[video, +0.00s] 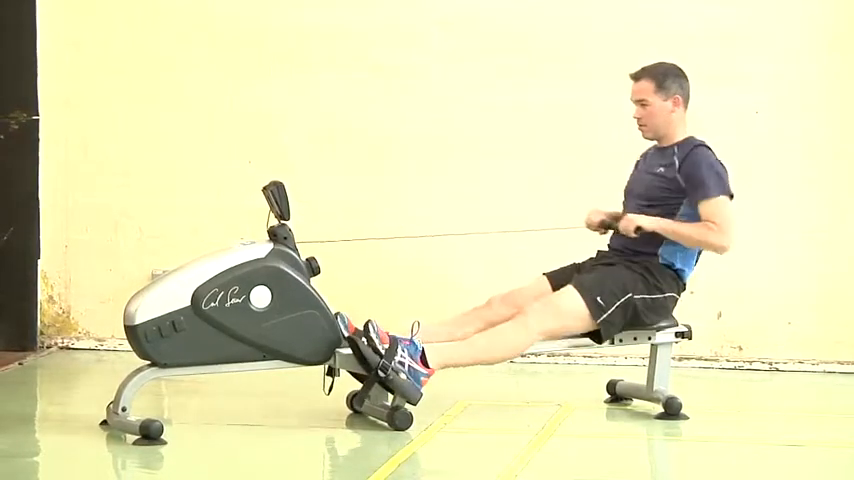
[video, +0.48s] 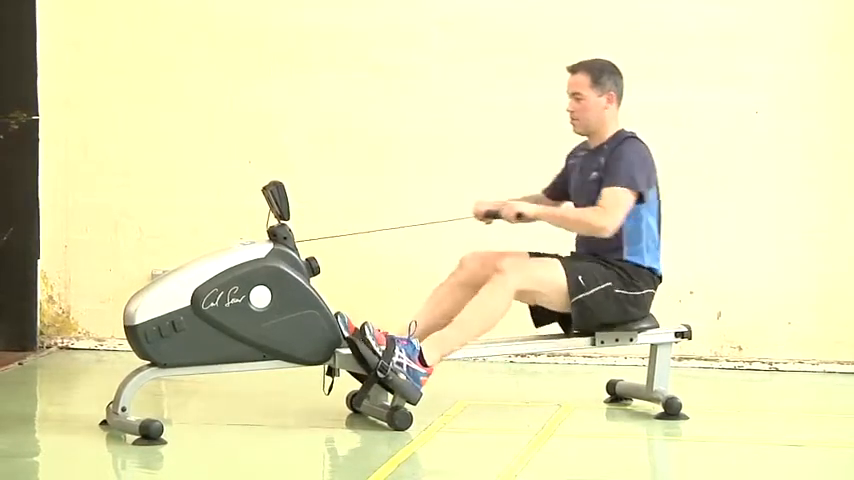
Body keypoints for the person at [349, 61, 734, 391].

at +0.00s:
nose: (635, 114)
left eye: (642, 104)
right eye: (634, 105)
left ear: (675, 103)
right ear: (665, 106)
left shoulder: (698, 157)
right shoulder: (651, 156)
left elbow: (721, 236)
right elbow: (649, 219)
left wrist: (650, 221)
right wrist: (612, 219)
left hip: (650, 275)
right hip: (617, 262)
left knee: (537, 319)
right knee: (505, 303)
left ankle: (422, 364)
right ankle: (401, 346)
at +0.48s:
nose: (569, 108)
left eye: (577, 98)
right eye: (569, 98)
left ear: (609, 100)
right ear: (604, 100)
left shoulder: (629, 151)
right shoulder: (580, 156)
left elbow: (605, 221)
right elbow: (549, 201)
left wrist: (534, 211)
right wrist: (505, 207)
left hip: (624, 280)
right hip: (588, 272)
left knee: (509, 273)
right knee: (474, 265)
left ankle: (422, 363)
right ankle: (403, 346)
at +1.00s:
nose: (452, 119)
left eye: (461, 109)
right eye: (452, 110)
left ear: (493, 112)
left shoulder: (516, 161)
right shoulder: (465, 164)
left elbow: (440, 206)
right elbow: (405, 196)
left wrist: (363, 230)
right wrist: (341, 218)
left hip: (545, 290)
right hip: (503, 291)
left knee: (450, 231)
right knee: (410, 230)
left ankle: (419, 358)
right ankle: (389, 341)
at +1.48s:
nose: (420, 118)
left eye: (429, 108)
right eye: (420, 109)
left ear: (461, 111)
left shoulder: (481, 162)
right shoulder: (432, 162)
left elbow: (400, 202)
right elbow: (371, 194)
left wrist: (331, 232)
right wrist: (304, 222)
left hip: (504, 292)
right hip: (462, 293)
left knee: (414, 223)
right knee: (375, 223)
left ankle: (412, 348)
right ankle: (381, 334)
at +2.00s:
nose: (486, 109)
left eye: (496, 99)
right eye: (487, 99)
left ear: (528, 104)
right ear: (522, 105)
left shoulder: (543, 157)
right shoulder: (493, 156)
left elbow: (461, 192)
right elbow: (433, 185)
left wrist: (390, 218)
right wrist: (363, 207)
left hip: (558, 283)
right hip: (521, 281)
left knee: (452, 235)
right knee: (421, 229)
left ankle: (417, 359)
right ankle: (388, 339)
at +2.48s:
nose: (604, 107)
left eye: (612, 97)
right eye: (603, 98)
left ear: (645, 98)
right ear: (629, 99)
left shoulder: (664, 152)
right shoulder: (613, 152)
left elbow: (620, 212)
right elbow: (562, 194)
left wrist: (542, 209)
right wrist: (516, 203)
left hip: (632, 276)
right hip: (598, 267)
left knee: (509, 280)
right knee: (479, 278)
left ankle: (421, 362)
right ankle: (398, 345)